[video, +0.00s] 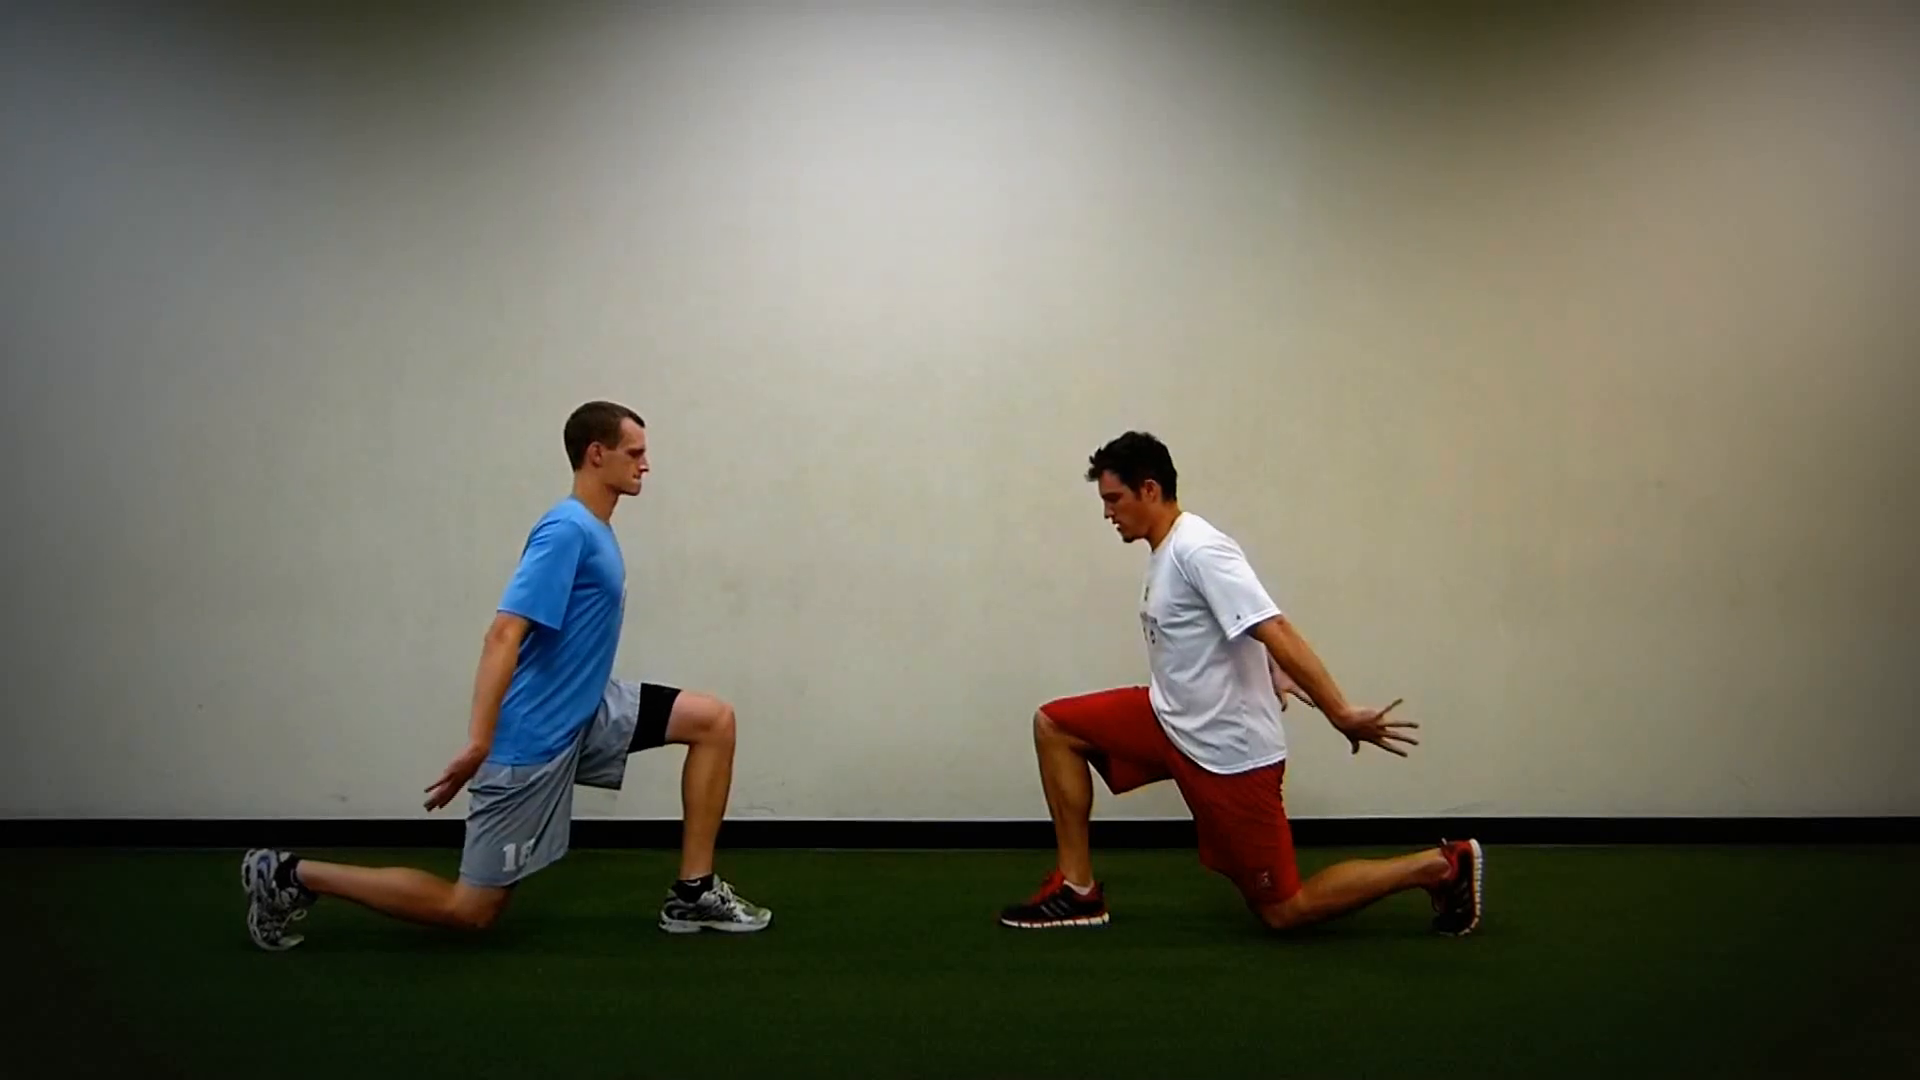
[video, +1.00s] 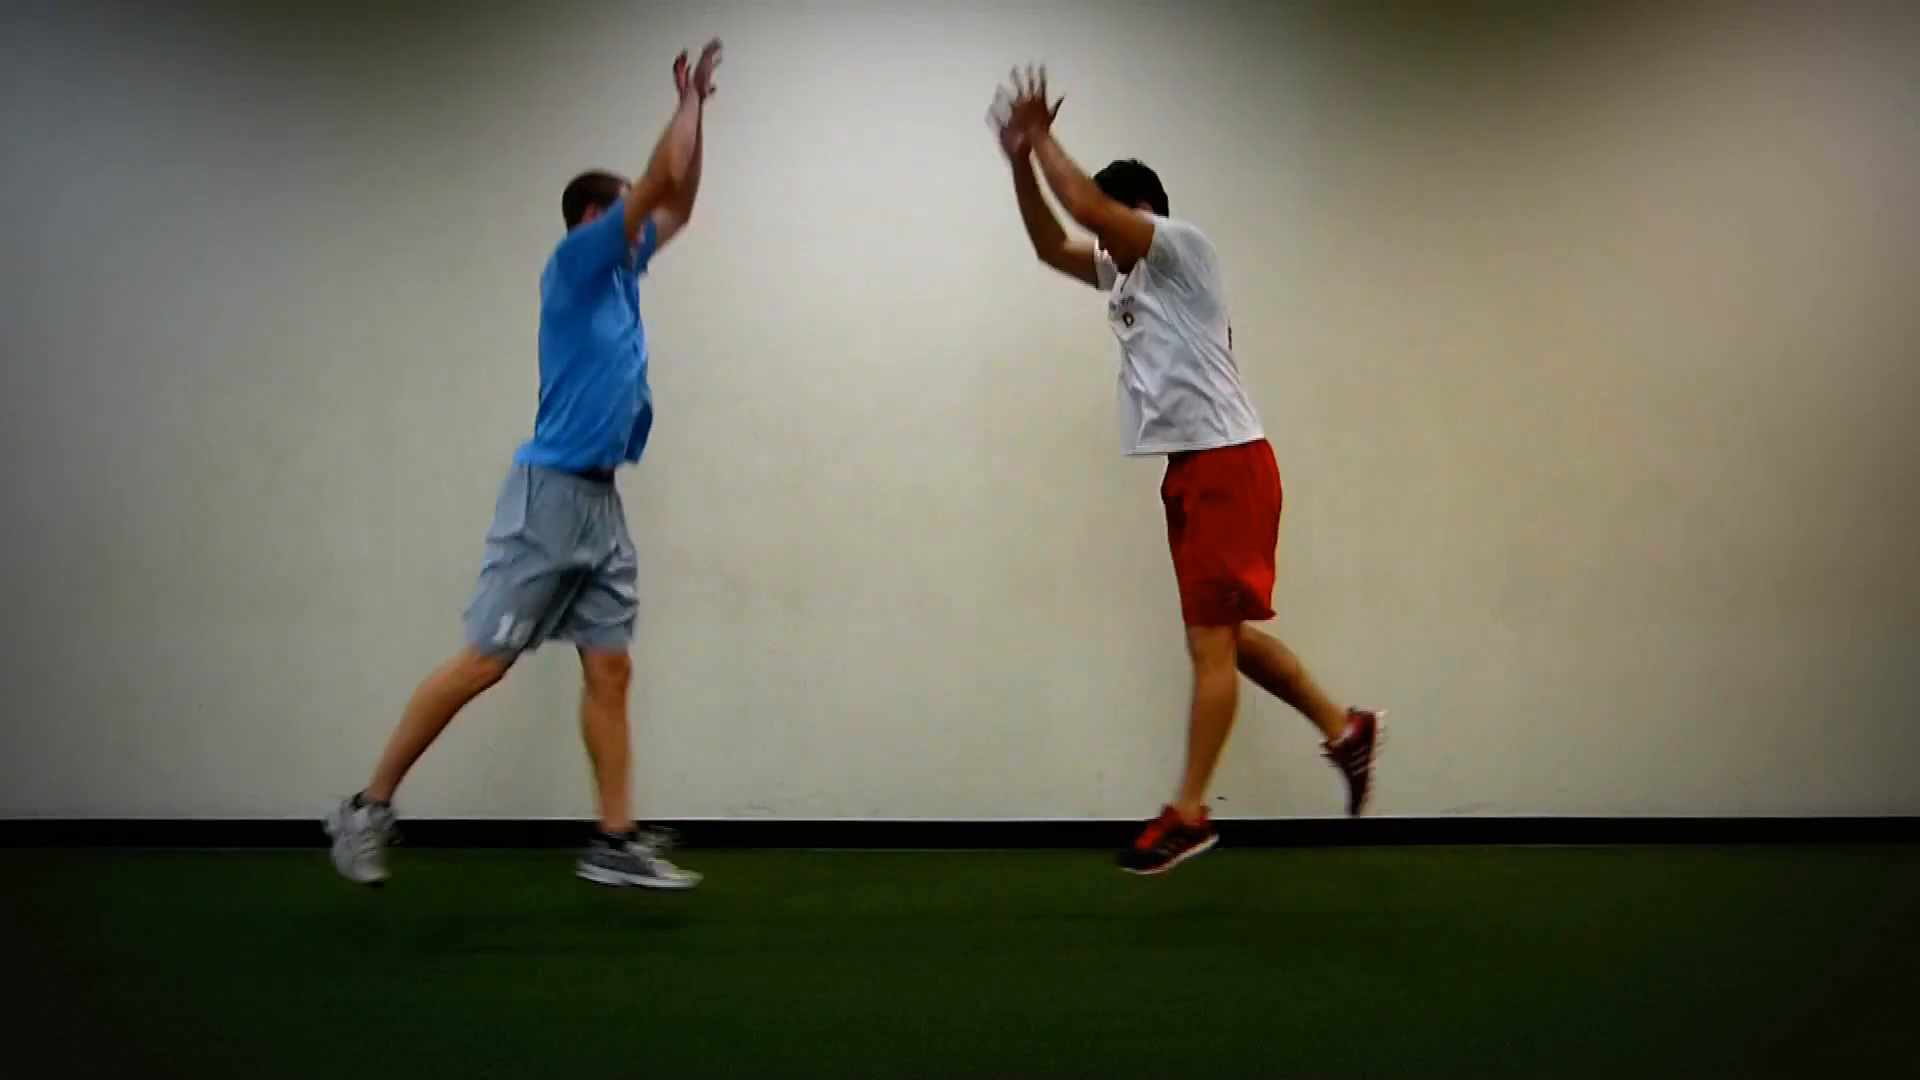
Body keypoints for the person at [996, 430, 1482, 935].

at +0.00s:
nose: (1107, 512)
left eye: (1112, 499)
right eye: (1104, 500)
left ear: (1150, 491)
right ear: (1145, 492)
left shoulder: (1203, 551)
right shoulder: (1169, 550)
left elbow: (1278, 633)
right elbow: (1220, 625)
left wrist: (1341, 713)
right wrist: (1264, 670)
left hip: (1232, 748)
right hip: (1175, 715)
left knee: (1283, 910)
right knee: (1056, 727)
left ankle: (1443, 866)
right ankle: (1077, 888)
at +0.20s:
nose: (1104, 514)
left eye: (1110, 502)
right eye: (1101, 503)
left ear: (1147, 494)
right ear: (1143, 494)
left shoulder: (1200, 554)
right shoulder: (1169, 551)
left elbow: (1288, 629)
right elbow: (1249, 607)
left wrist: (1354, 700)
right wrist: (1286, 645)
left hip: (1230, 751)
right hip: (1172, 717)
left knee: (1283, 910)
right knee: (1054, 728)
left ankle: (1443, 866)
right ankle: (1077, 889)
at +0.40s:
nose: (1106, 499)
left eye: (1113, 487)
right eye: (1104, 487)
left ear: (1152, 483)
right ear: (1145, 484)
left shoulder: (1190, 547)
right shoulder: (1166, 545)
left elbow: (1268, 639)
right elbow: (1236, 637)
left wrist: (1350, 712)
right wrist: (1273, 678)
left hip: (1229, 738)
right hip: (1173, 709)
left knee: (1286, 898)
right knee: (1054, 728)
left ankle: (1450, 867)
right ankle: (1076, 887)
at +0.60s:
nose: (1127, 425)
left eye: (1135, 411)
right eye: (1126, 412)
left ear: (1174, 406)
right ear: (1163, 410)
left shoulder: (1201, 463)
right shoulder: (1161, 471)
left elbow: (1089, 486)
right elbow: (1080, 494)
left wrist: (1004, 439)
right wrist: (1008, 451)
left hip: (1234, 667)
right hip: (1169, 658)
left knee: (1306, 819)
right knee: (1065, 723)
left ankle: (1467, 866)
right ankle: (1074, 886)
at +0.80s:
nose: (1101, 261)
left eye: (1109, 243)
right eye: (1098, 251)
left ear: (1143, 239)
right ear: (1115, 254)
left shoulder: (1179, 292)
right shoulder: (1137, 311)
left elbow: (1108, 217)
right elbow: (1079, 234)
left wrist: (1083, 137)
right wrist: (1062, 140)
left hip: (1227, 502)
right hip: (1177, 511)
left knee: (1292, 661)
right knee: (1165, 672)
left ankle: (1352, 821)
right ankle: (1149, 823)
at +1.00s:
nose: (1099, 228)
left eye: (1107, 214)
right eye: (1097, 217)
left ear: (1139, 208)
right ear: (1119, 219)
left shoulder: (1181, 250)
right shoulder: (1124, 276)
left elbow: (1089, 206)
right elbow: (1051, 248)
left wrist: (1041, 142)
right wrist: (1019, 164)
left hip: (1227, 467)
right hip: (1192, 472)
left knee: (1211, 640)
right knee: (1227, 633)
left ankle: (1190, 810)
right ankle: (1344, 730)